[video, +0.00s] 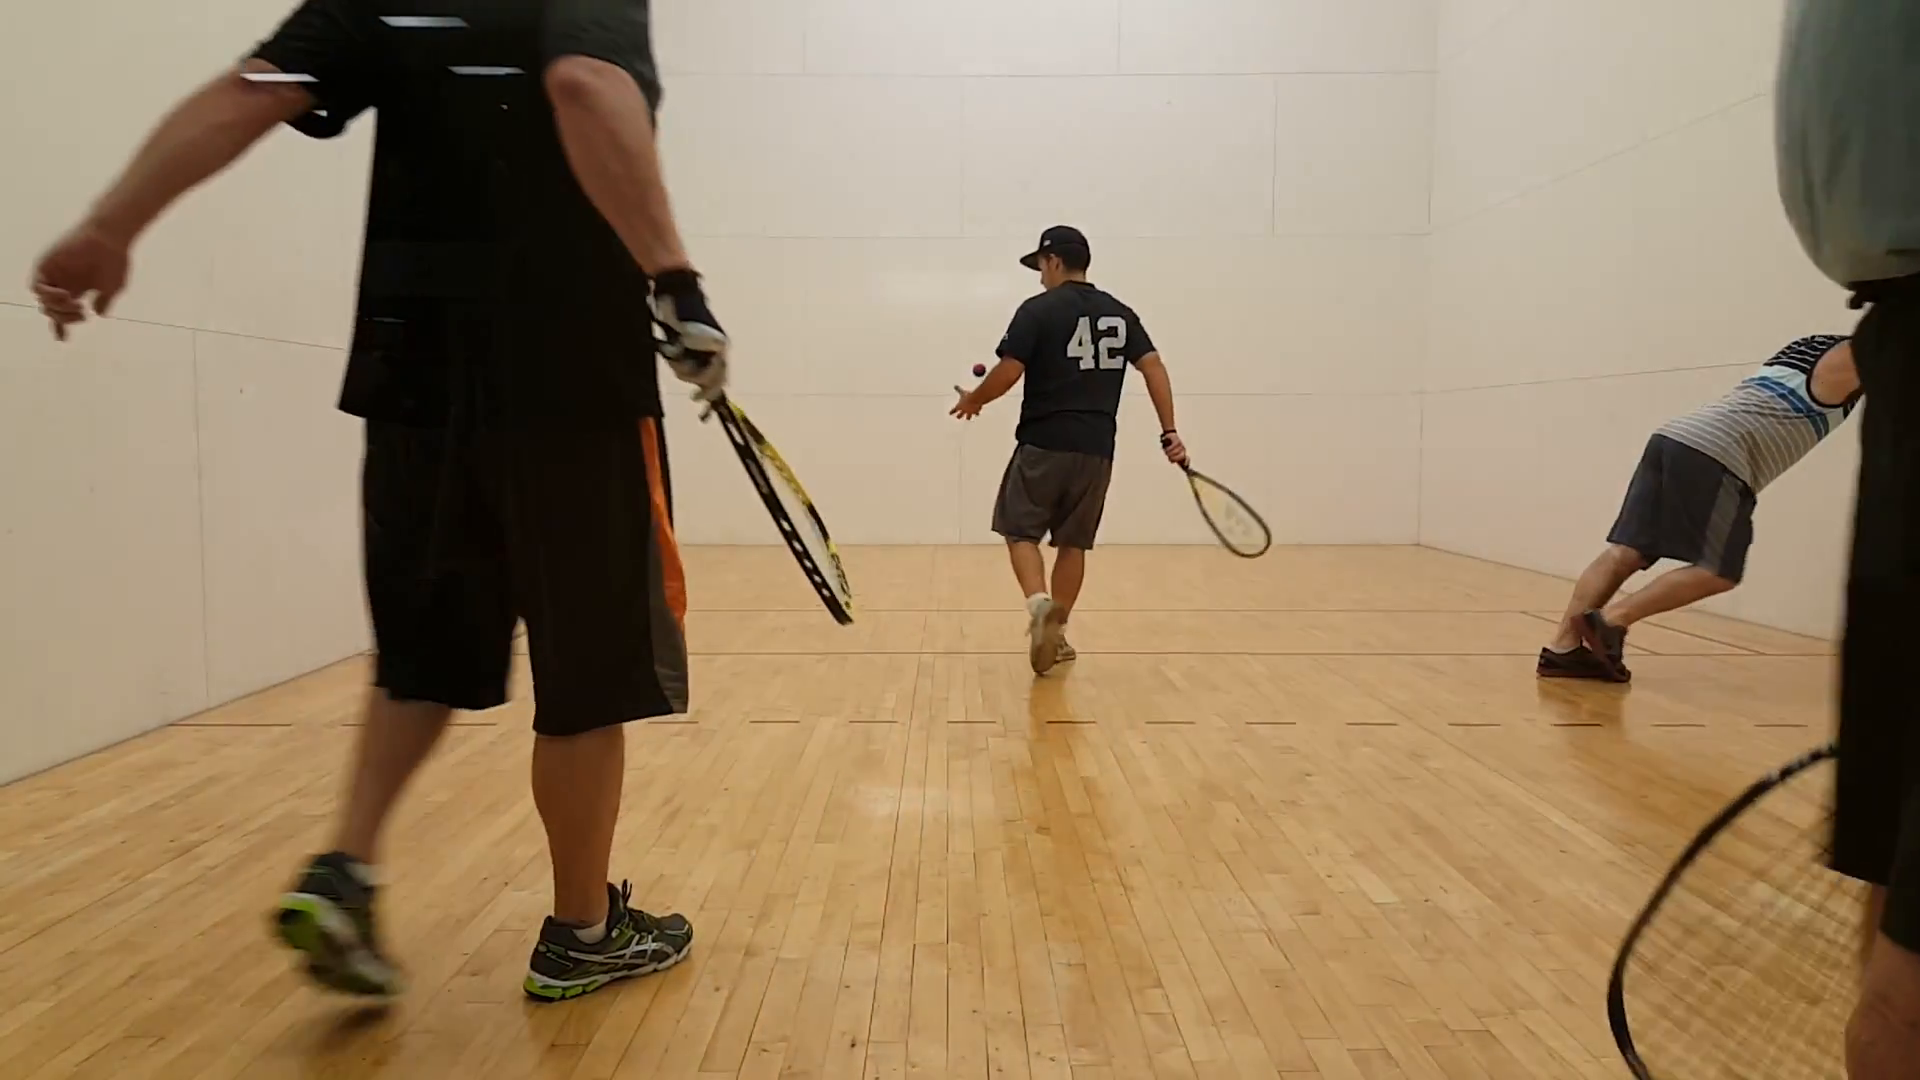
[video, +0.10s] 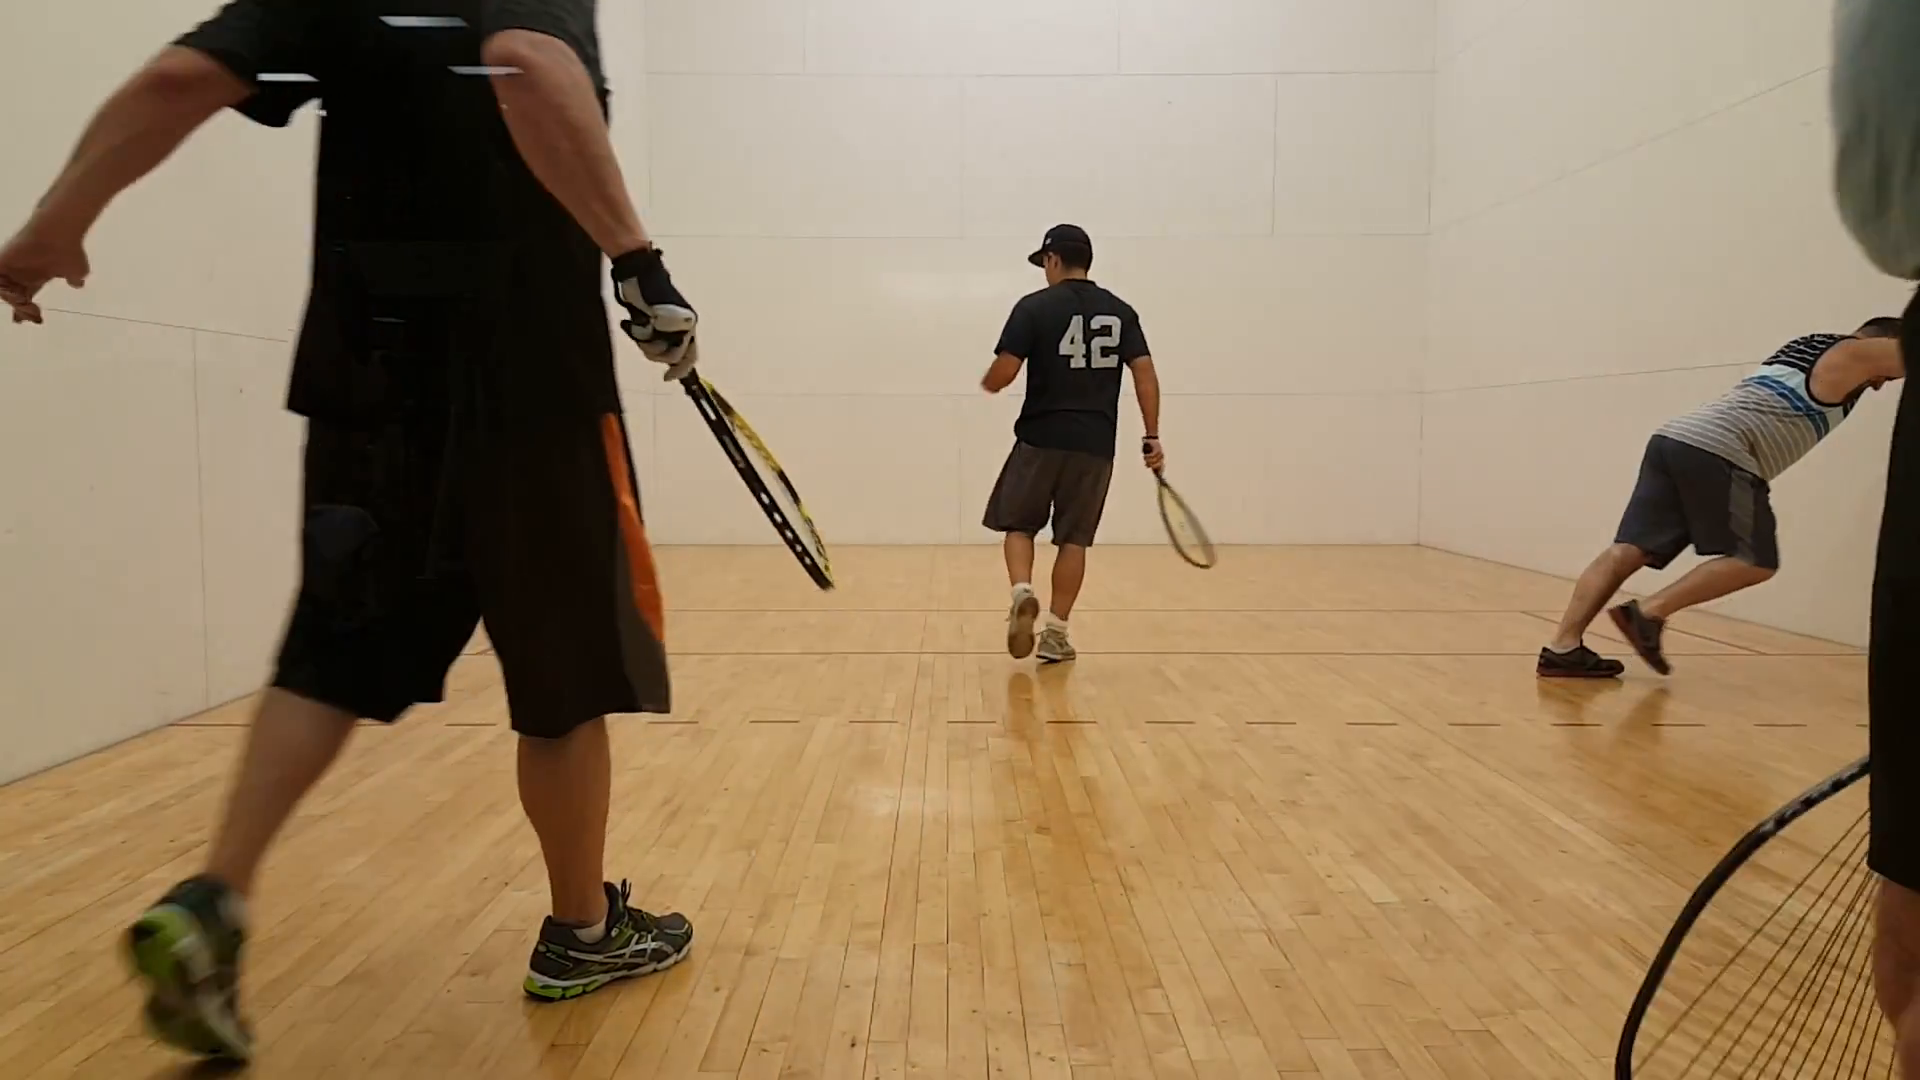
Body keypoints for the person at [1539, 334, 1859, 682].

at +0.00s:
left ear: (1862, 323)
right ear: (1880, 340)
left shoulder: (1797, 352)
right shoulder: (1844, 365)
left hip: (1669, 441)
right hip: (1718, 462)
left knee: (1627, 551)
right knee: (1719, 571)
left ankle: (1563, 647)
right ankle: (1612, 619)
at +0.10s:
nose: (1886, 381)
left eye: (1891, 371)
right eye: (1890, 367)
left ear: (1863, 334)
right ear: (1881, 344)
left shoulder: (1807, 345)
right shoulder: (1853, 355)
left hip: (1671, 441)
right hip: (1722, 458)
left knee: (1629, 549)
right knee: (1755, 561)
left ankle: (1562, 647)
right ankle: (1648, 613)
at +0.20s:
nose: (1892, 373)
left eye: (1895, 363)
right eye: (1894, 361)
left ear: (1863, 333)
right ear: (1883, 344)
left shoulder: (1807, 345)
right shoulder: (1857, 353)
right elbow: (1912, 355)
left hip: (1674, 443)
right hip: (1728, 456)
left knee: (1629, 551)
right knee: (1787, 550)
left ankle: (1563, 646)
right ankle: (1693, 622)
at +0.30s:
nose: (1891, 368)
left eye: (1896, 360)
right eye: (1894, 357)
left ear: (1862, 333)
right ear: (1880, 342)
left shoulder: (1804, 345)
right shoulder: (1857, 352)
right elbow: (1912, 357)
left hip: (1676, 447)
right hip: (1731, 457)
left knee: (1629, 553)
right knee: (1806, 541)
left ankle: (1563, 647)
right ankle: (1733, 637)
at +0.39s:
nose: (1893, 364)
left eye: (1898, 358)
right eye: (1896, 355)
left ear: (1865, 331)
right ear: (1884, 341)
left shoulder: (1806, 343)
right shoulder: (1861, 351)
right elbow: (1912, 363)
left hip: (1680, 450)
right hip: (1735, 460)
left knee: (1633, 553)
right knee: (1810, 545)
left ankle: (1563, 646)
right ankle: (1751, 651)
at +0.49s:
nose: (1898, 365)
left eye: (1903, 356)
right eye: (1903, 354)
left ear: (1870, 329)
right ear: (1890, 340)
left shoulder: (1807, 344)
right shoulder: (1864, 351)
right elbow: (1915, 356)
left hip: (1684, 454)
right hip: (1739, 465)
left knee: (1637, 555)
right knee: (1814, 548)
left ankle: (1564, 646)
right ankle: (1750, 653)